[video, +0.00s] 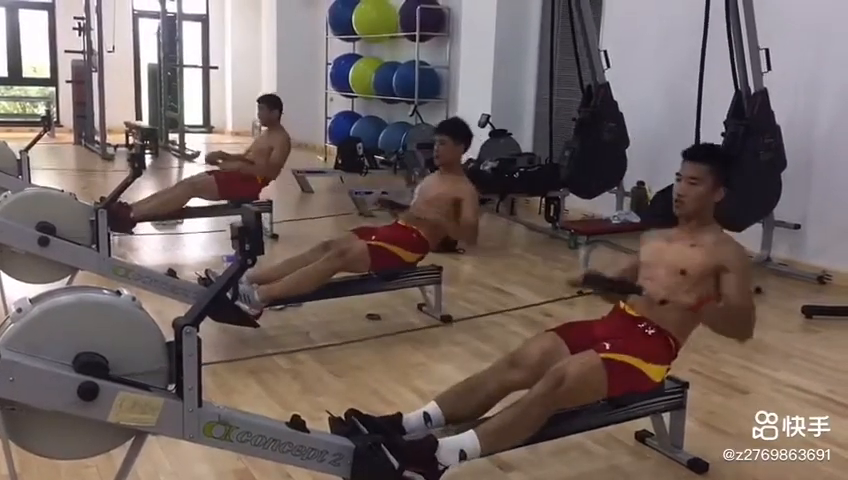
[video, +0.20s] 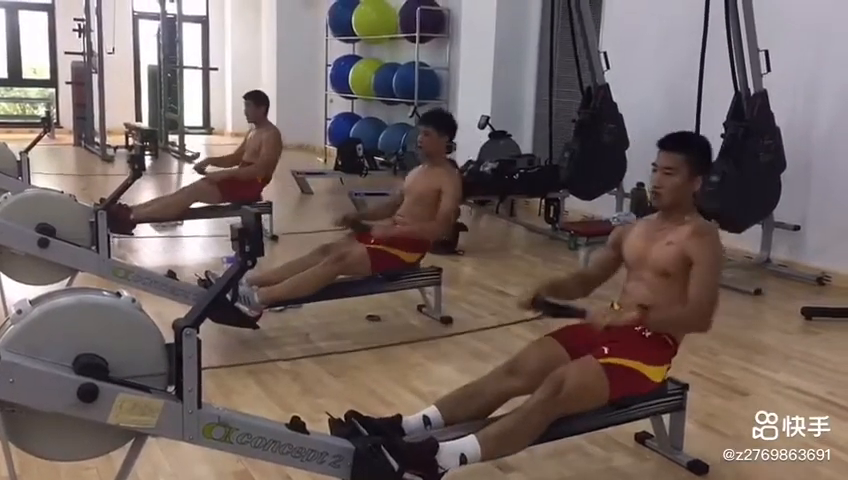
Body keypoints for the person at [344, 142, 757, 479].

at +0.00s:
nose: (681, 189)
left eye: (693, 183)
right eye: (680, 180)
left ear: (718, 193)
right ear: (677, 184)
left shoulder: (729, 252)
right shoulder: (658, 234)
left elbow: (743, 327)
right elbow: (633, 279)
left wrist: (697, 301)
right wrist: (601, 276)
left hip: (651, 347)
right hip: (612, 325)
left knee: (557, 381)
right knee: (518, 362)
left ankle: (444, 456)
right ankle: (405, 428)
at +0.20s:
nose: (657, 180)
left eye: (669, 173)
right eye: (656, 170)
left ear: (697, 182)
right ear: (653, 173)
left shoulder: (702, 236)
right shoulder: (632, 230)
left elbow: (700, 315)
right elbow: (585, 279)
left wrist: (638, 314)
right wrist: (548, 290)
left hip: (649, 347)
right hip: (604, 330)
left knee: (557, 388)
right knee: (514, 370)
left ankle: (438, 461)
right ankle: (406, 429)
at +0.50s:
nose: (632, 179)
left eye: (644, 171)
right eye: (631, 169)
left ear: (674, 177)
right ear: (629, 172)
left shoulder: (684, 238)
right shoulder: (614, 229)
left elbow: (645, 312)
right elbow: (555, 269)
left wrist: (584, 331)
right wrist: (504, 298)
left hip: (649, 348)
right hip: (607, 332)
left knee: (557, 394)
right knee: (515, 374)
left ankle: (444, 462)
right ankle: (407, 430)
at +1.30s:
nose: (591, 178)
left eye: (603, 168)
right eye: (590, 167)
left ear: (635, 177)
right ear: (586, 169)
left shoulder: (648, 234)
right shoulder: (580, 224)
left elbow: (595, 295)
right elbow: (509, 264)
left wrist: (525, 329)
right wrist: (450, 292)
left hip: (637, 354)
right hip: (591, 329)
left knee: (542, 358)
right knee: (499, 342)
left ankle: (449, 456)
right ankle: (414, 428)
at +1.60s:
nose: (551, 177)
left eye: (563, 168)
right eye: (550, 166)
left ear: (593, 175)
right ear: (547, 167)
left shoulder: (608, 236)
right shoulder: (542, 225)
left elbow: (552, 291)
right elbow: (468, 260)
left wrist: (477, 323)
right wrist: (406, 287)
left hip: (608, 362)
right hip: (568, 344)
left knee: (519, 337)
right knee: (472, 316)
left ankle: (449, 452)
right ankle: (414, 425)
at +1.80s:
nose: (519, 178)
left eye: (532, 169)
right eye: (518, 167)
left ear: (563, 176)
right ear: (514, 167)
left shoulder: (576, 237)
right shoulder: (512, 226)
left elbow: (518, 294)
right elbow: (439, 261)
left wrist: (436, 327)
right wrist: (371, 286)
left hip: (585, 368)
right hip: (544, 349)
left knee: (502, 331)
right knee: (452, 309)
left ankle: (447, 453)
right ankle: (415, 425)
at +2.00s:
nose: (472, 183)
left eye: (485, 173)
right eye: (472, 171)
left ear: (517, 180)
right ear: (470, 173)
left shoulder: (533, 243)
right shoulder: (468, 232)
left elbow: (475, 301)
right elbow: (392, 267)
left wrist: (385, 331)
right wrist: (317, 294)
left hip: (553, 382)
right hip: (505, 372)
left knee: (475, 318)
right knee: (427, 298)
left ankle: (446, 451)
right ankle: (414, 421)